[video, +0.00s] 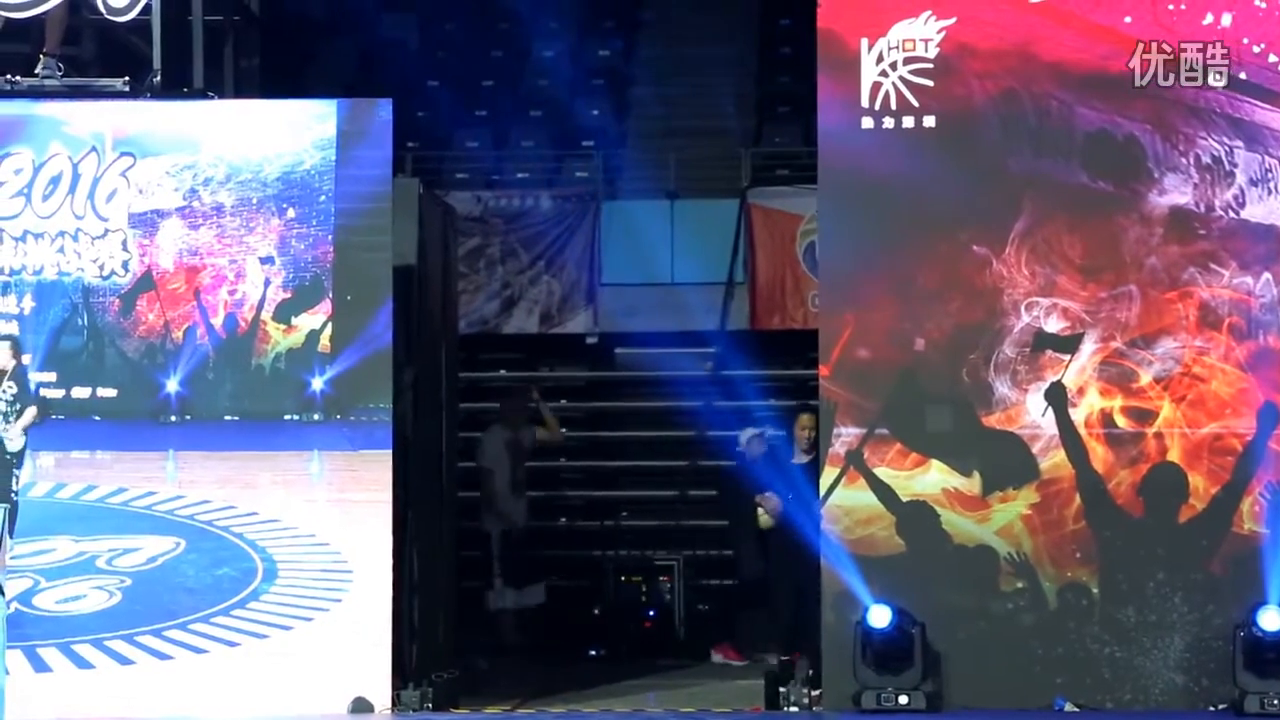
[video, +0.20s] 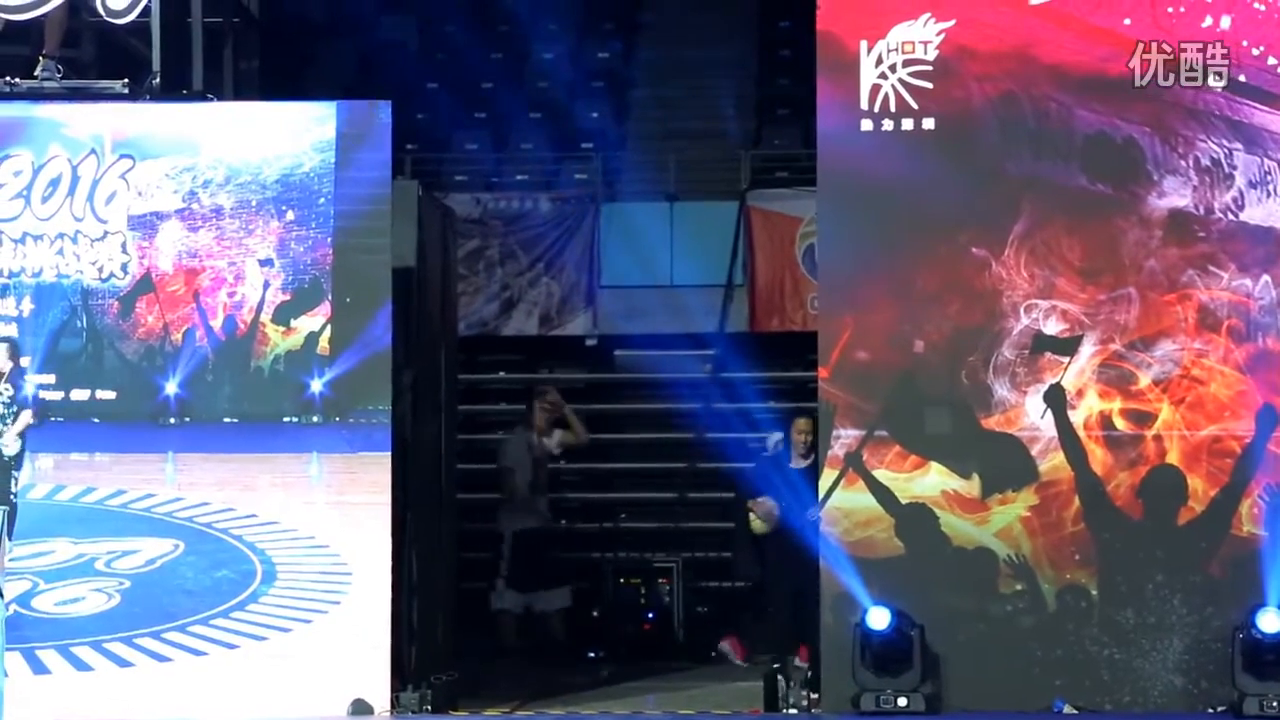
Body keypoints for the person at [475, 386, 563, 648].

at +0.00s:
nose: (521, 413)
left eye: (524, 407)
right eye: (516, 407)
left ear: (526, 410)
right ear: (505, 408)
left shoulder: (525, 433)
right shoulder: (494, 436)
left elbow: (555, 435)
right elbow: (488, 484)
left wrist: (540, 403)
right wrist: (506, 513)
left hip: (519, 514)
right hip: (497, 516)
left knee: (523, 576)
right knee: (501, 580)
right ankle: (505, 640)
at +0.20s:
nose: (550, 414)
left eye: (554, 409)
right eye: (546, 406)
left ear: (557, 414)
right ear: (534, 406)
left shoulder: (550, 439)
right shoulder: (518, 440)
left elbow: (581, 438)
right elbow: (511, 484)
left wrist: (564, 408)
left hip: (542, 522)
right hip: (517, 523)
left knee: (550, 583)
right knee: (512, 587)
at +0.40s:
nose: (572, 419)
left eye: (576, 416)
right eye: (567, 412)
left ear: (578, 421)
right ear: (553, 413)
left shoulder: (572, 443)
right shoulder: (539, 443)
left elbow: (607, 441)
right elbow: (535, 490)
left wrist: (590, 410)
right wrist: (543, 527)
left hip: (568, 527)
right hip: (544, 527)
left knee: (569, 593)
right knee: (536, 592)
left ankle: (573, 657)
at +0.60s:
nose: (597, 418)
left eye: (599, 413)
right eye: (591, 412)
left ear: (598, 416)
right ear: (576, 413)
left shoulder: (592, 444)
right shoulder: (558, 444)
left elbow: (627, 438)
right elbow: (546, 494)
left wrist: (617, 409)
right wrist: (547, 530)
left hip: (588, 530)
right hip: (562, 531)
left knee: (591, 596)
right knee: (568, 596)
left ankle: (590, 665)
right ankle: (567, 666)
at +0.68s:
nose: (605, 419)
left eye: (606, 413)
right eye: (600, 412)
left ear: (604, 416)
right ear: (584, 413)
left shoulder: (598, 444)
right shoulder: (566, 444)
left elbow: (632, 437)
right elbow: (553, 490)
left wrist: (623, 409)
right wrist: (551, 527)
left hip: (594, 529)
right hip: (572, 530)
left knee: (590, 594)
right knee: (590, 595)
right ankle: (586, 665)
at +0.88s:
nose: (623, 419)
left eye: (624, 414)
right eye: (618, 413)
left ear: (621, 418)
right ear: (602, 414)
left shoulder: (612, 445)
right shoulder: (587, 447)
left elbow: (645, 438)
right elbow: (575, 495)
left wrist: (637, 412)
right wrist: (577, 537)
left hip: (604, 536)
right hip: (590, 537)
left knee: (587, 606)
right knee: (615, 601)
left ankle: (592, 671)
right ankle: (629, 668)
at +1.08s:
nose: (640, 422)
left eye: (641, 417)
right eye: (636, 417)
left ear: (631, 419)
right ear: (620, 417)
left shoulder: (624, 444)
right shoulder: (607, 450)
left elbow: (651, 440)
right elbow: (600, 500)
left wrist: (648, 413)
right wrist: (606, 545)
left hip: (627, 540)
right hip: (617, 542)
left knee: (609, 608)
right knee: (632, 607)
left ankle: (600, 672)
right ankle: (647, 671)